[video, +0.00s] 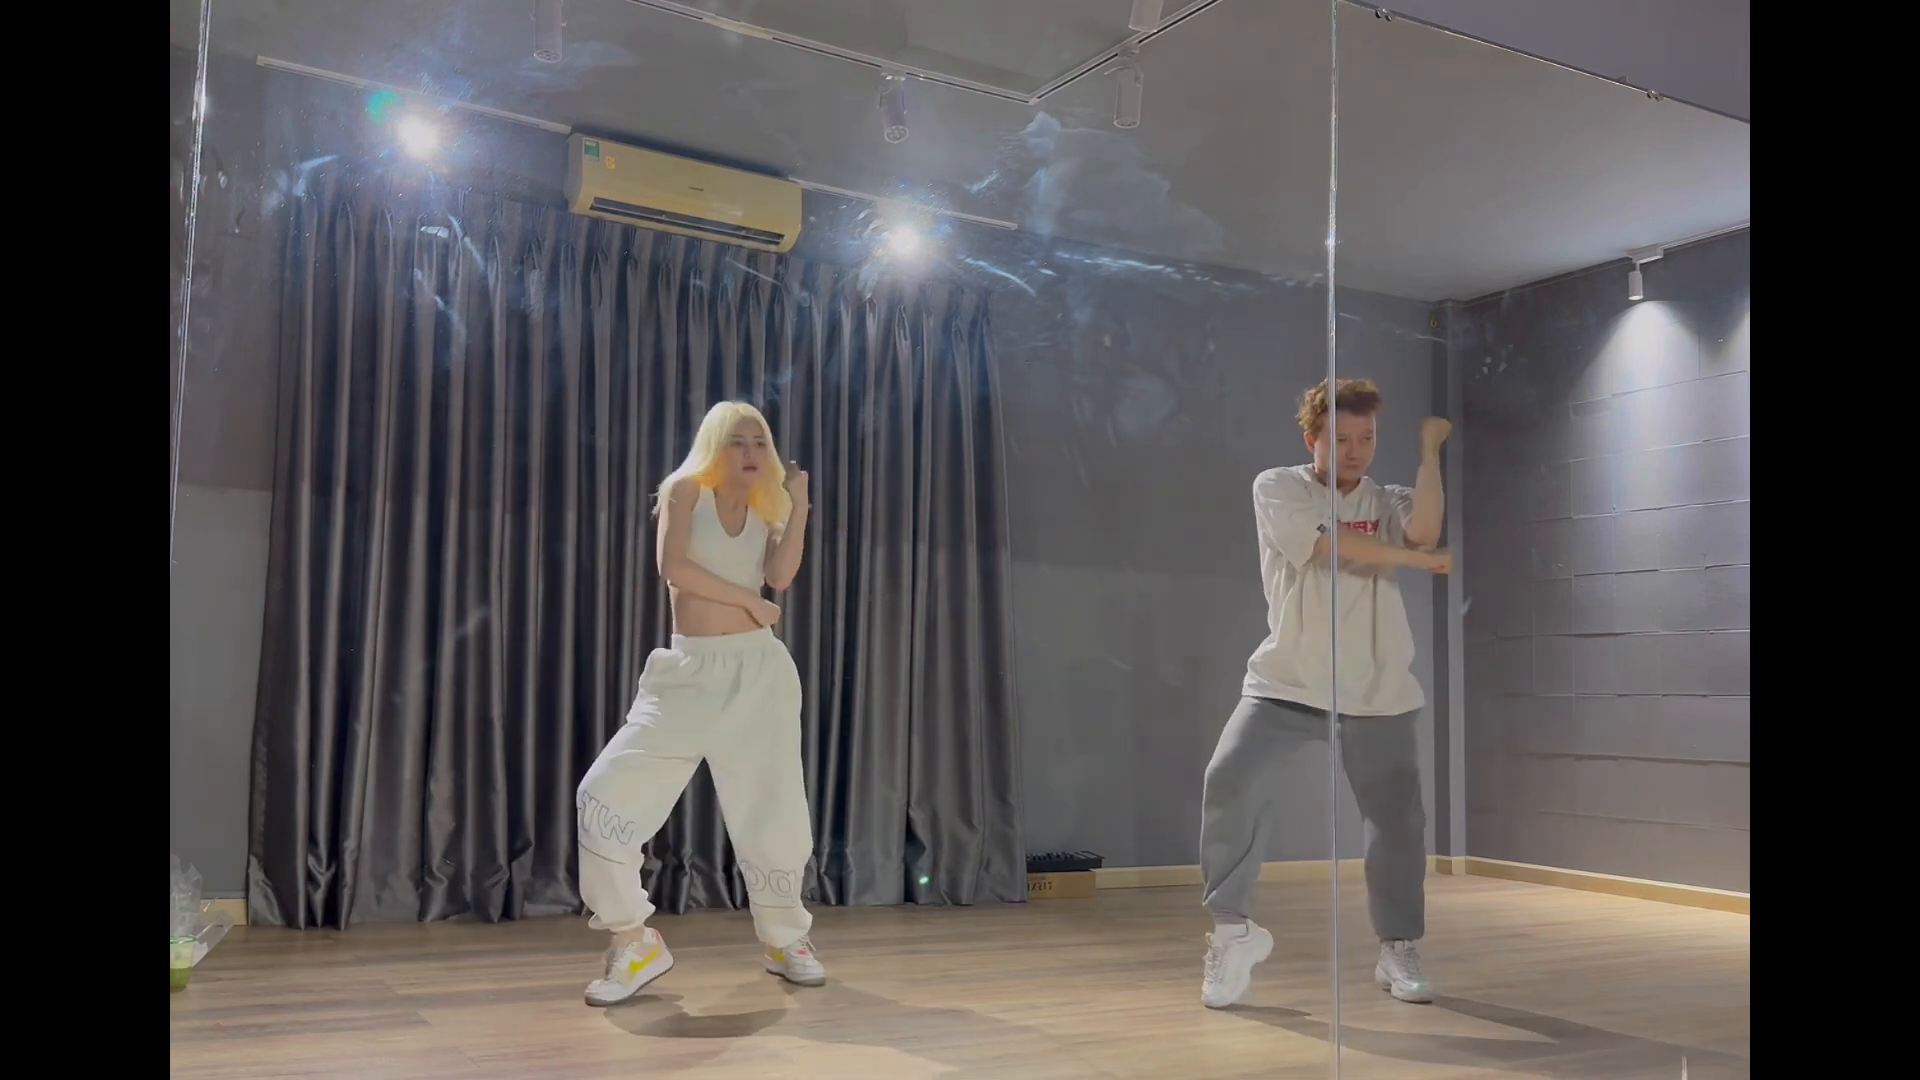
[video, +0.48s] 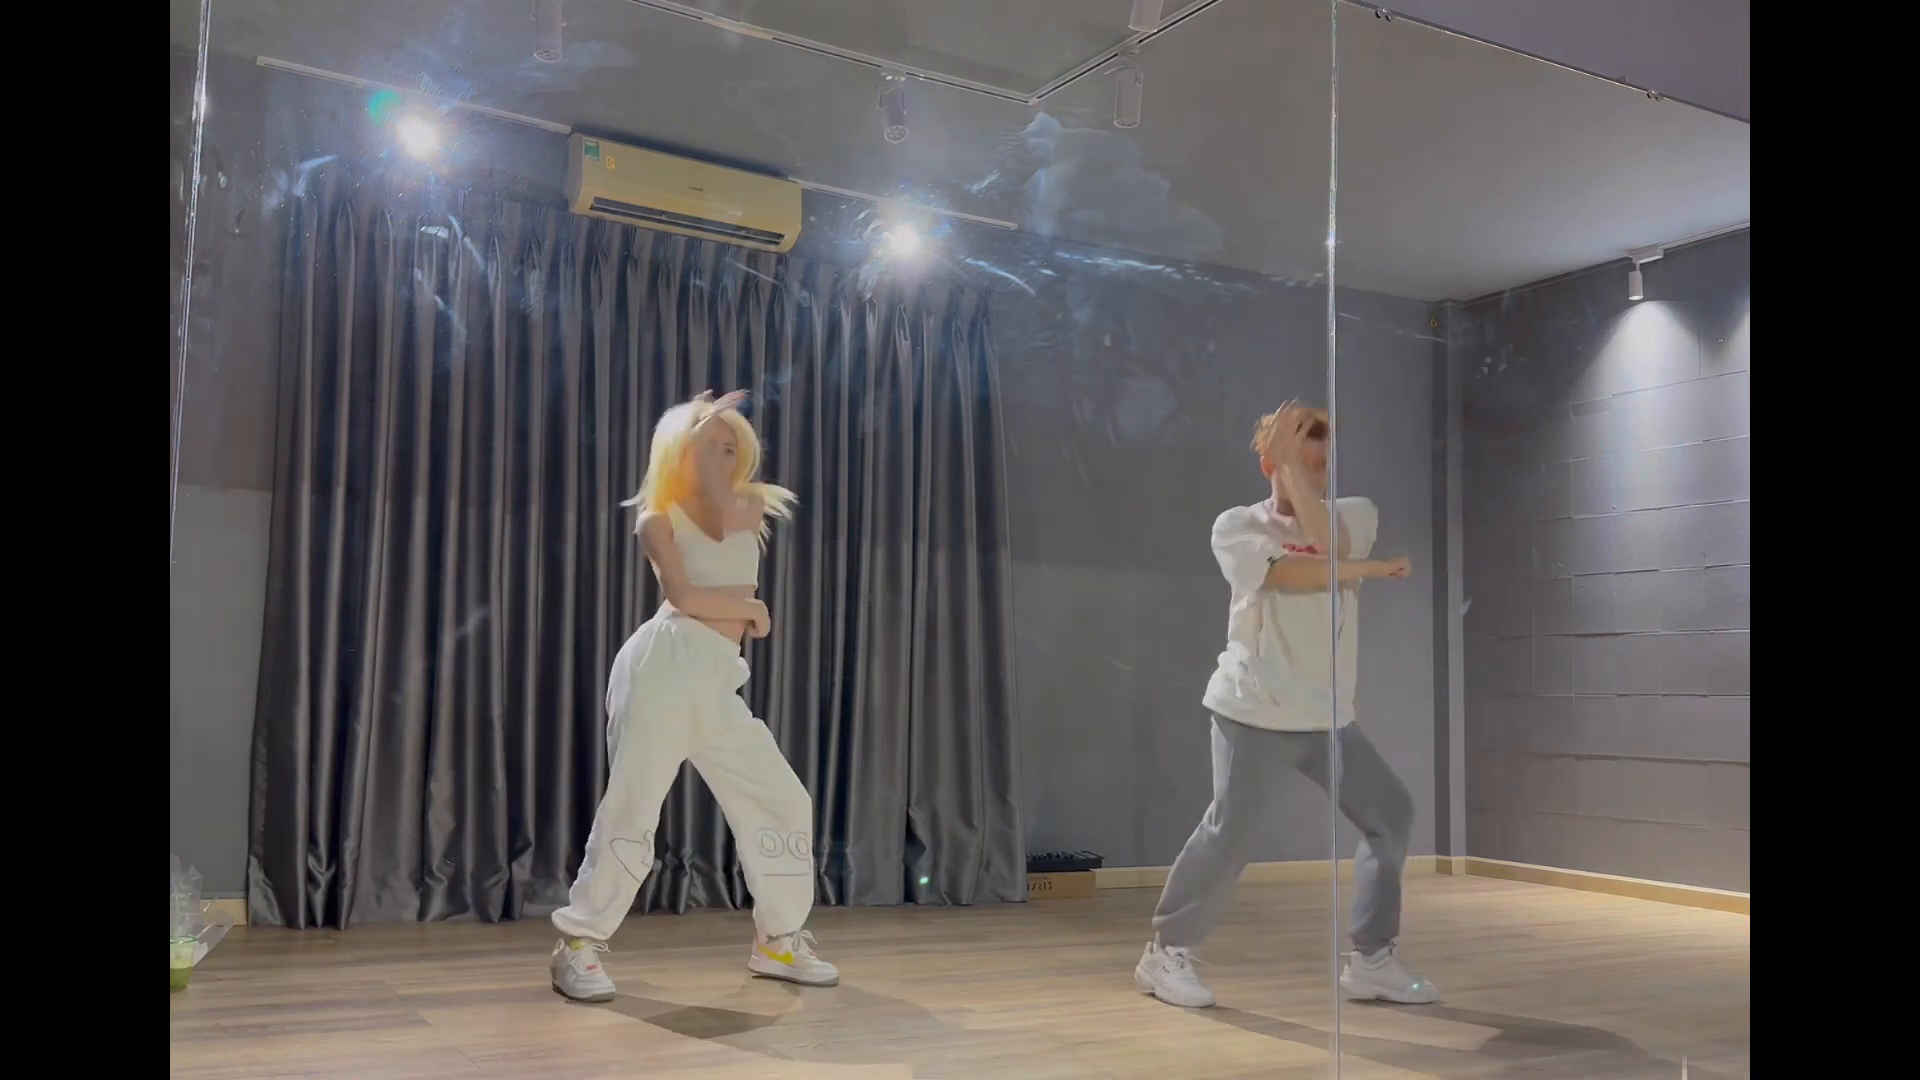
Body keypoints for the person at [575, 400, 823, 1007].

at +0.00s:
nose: (751, 451)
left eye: (759, 442)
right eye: (738, 442)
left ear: (770, 451)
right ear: (714, 450)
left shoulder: (771, 506)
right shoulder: (685, 490)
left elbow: (780, 577)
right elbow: (675, 570)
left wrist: (799, 512)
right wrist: (750, 600)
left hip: (760, 677)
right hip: (685, 678)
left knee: (773, 810)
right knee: (603, 798)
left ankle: (786, 941)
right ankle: (637, 942)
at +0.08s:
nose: (748, 456)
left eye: (757, 447)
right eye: (735, 446)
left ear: (768, 457)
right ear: (711, 453)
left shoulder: (763, 511)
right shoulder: (684, 491)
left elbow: (780, 581)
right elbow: (672, 566)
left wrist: (800, 522)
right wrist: (748, 600)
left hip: (761, 676)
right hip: (686, 680)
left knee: (777, 811)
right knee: (610, 801)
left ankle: (786, 943)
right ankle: (643, 947)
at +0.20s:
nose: (741, 475)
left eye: (748, 465)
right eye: (728, 465)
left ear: (758, 474)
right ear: (706, 471)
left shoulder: (751, 530)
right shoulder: (684, 506)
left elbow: (786, 583)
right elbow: (672, 584)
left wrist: (811, 537)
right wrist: (745, 623)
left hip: (759, 691)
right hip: (687, 697)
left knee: (790, 818)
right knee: (618, 811)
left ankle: (787, 945)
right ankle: (646, 951)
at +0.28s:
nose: (739, 459)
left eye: (746, 449)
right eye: (727, 448)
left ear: (754, 459)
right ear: (701, 453)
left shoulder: (746, 515)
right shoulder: (678, 489)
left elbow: (790, 549)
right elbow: (672, 570)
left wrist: (808, 490)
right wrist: (742, 608)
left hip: (751, 680)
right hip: (680, 683)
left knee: (791, 814)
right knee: (622, 812)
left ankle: (789, 944)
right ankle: (635, 946)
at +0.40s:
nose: (725, 444)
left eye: (736, 435)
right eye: (714, 432)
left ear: (747, 443)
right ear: (686, 437)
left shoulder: (752, 499)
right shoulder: (666, 493)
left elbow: (761, 483)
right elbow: (676, 576)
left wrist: (762, 419)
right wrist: (746, 593)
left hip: (730, 672)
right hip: (670, 664)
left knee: (790, 801)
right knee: (636, 812)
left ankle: (780, 939)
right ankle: (582, 943)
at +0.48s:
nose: (724, 457)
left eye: (733, 447)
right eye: (712, 445)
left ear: (744, 459)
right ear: (685, 451)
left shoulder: (755, 511)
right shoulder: (661, 516)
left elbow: (737, 590)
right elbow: (680, 596)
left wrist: (742, 618)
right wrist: (751, 608)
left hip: (719, 680)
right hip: (664, 669)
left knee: (785, 802)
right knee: (632, 809)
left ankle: (778, 939)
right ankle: (579, 946)